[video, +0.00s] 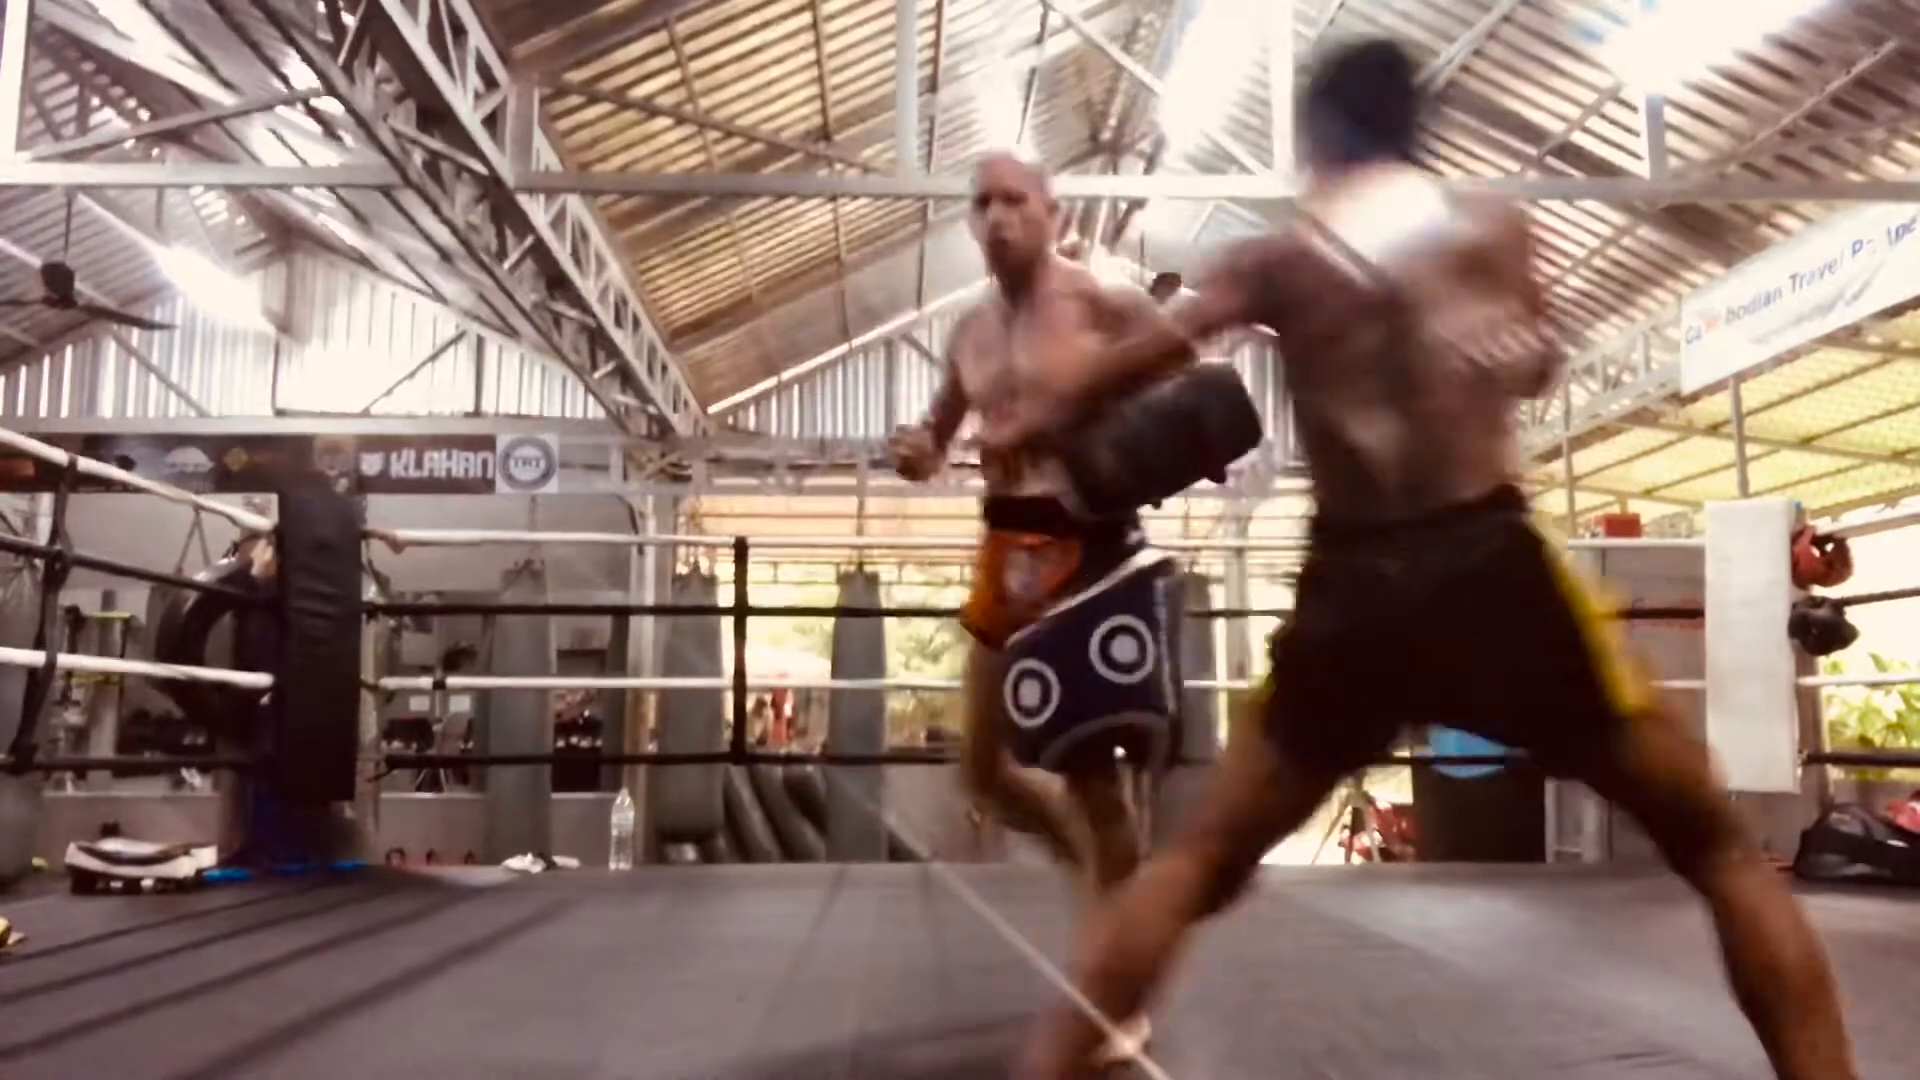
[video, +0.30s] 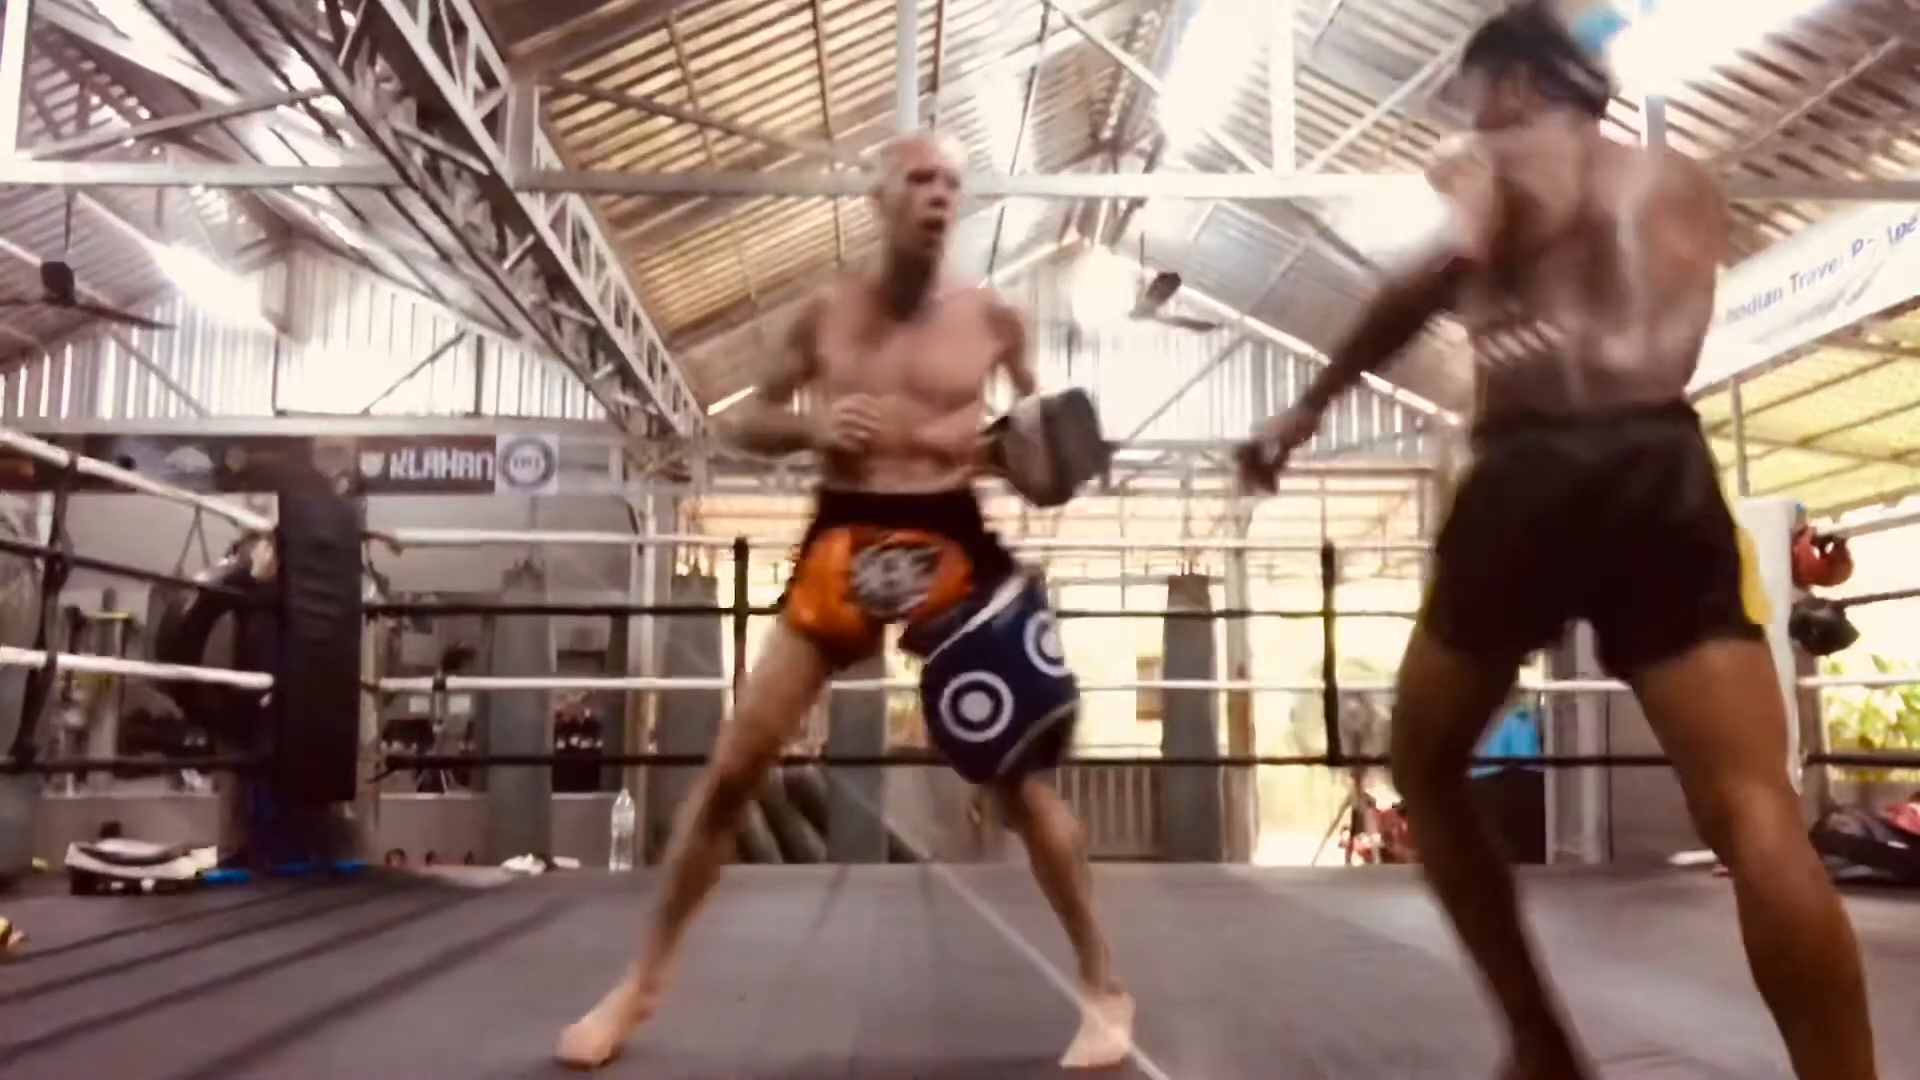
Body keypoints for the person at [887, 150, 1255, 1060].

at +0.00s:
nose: (994, 219)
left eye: (1010, 200)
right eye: (982, 204)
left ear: (1051, 209)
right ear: (972, 222)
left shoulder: (1109, 303)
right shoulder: (970, 331)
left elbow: (1193, 394)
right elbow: (932, 447)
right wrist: (914, 452)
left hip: (1092, 546)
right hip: (1007, 543)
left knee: (1098, 784)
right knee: (985, 770)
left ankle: (1118, 992)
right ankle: (1091, 851)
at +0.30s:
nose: (939, 195)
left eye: (950, 182)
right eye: (922, 179)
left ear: (961, 204)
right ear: (879, 196)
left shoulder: (994, 319)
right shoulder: (826, 312)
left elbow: (1031, 428)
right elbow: (743, 420)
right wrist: (817, 425)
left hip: (953, 550)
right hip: (842, 547)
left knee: (1023, 782)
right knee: (732, 769)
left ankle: (1104, 992)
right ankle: (643, 983)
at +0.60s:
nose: (841, 208)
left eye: (839, 193)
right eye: (823, 191)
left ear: (789, 211)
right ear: (762, 206)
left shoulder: (814, 338)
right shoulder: (706, 293)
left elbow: (792, 451)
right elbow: (690, 397)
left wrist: (843, 473)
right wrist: (825, 409)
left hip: (793, 547)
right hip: (694, 541)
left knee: (859, 773)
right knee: (649, 788)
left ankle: (907, 989)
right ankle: (604, 1004)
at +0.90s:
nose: (860, 226)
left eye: (856, 211)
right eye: (843, 211)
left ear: (800, 224)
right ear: (789, 220)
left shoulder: (799, 321)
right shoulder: (730, 281)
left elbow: (758, 439)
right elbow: (728, 387)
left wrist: (819, 462)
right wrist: (823, 364)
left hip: (745, 536)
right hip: (669, 528)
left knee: (789, 758)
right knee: (646, 783)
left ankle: (766, 977)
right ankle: (601, 999)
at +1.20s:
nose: (907, 321)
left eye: (910, 308)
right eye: (896, 300)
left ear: (868, 309)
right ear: (846, 289)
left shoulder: (833, 403)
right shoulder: (762, 323)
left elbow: (841, 526)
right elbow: (771, 415)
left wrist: (906, 491)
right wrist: (900, 405)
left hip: (735, 570)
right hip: (654, 548)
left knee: (801, 779)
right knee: (625, 765)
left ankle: (767, 983)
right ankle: (560, 977)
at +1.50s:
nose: (857, 292)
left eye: (857, 277)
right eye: (842, 276)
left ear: (808, 286)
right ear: (791, 281)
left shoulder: (779, 372)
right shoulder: (712, 320)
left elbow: (781, 491)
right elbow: (730, 423)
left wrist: (843, 465)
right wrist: (853, 397)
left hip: (707, 562)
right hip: (624, 549)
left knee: (781, 770)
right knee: (561, 791)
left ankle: (764, 980)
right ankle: (471, 992)